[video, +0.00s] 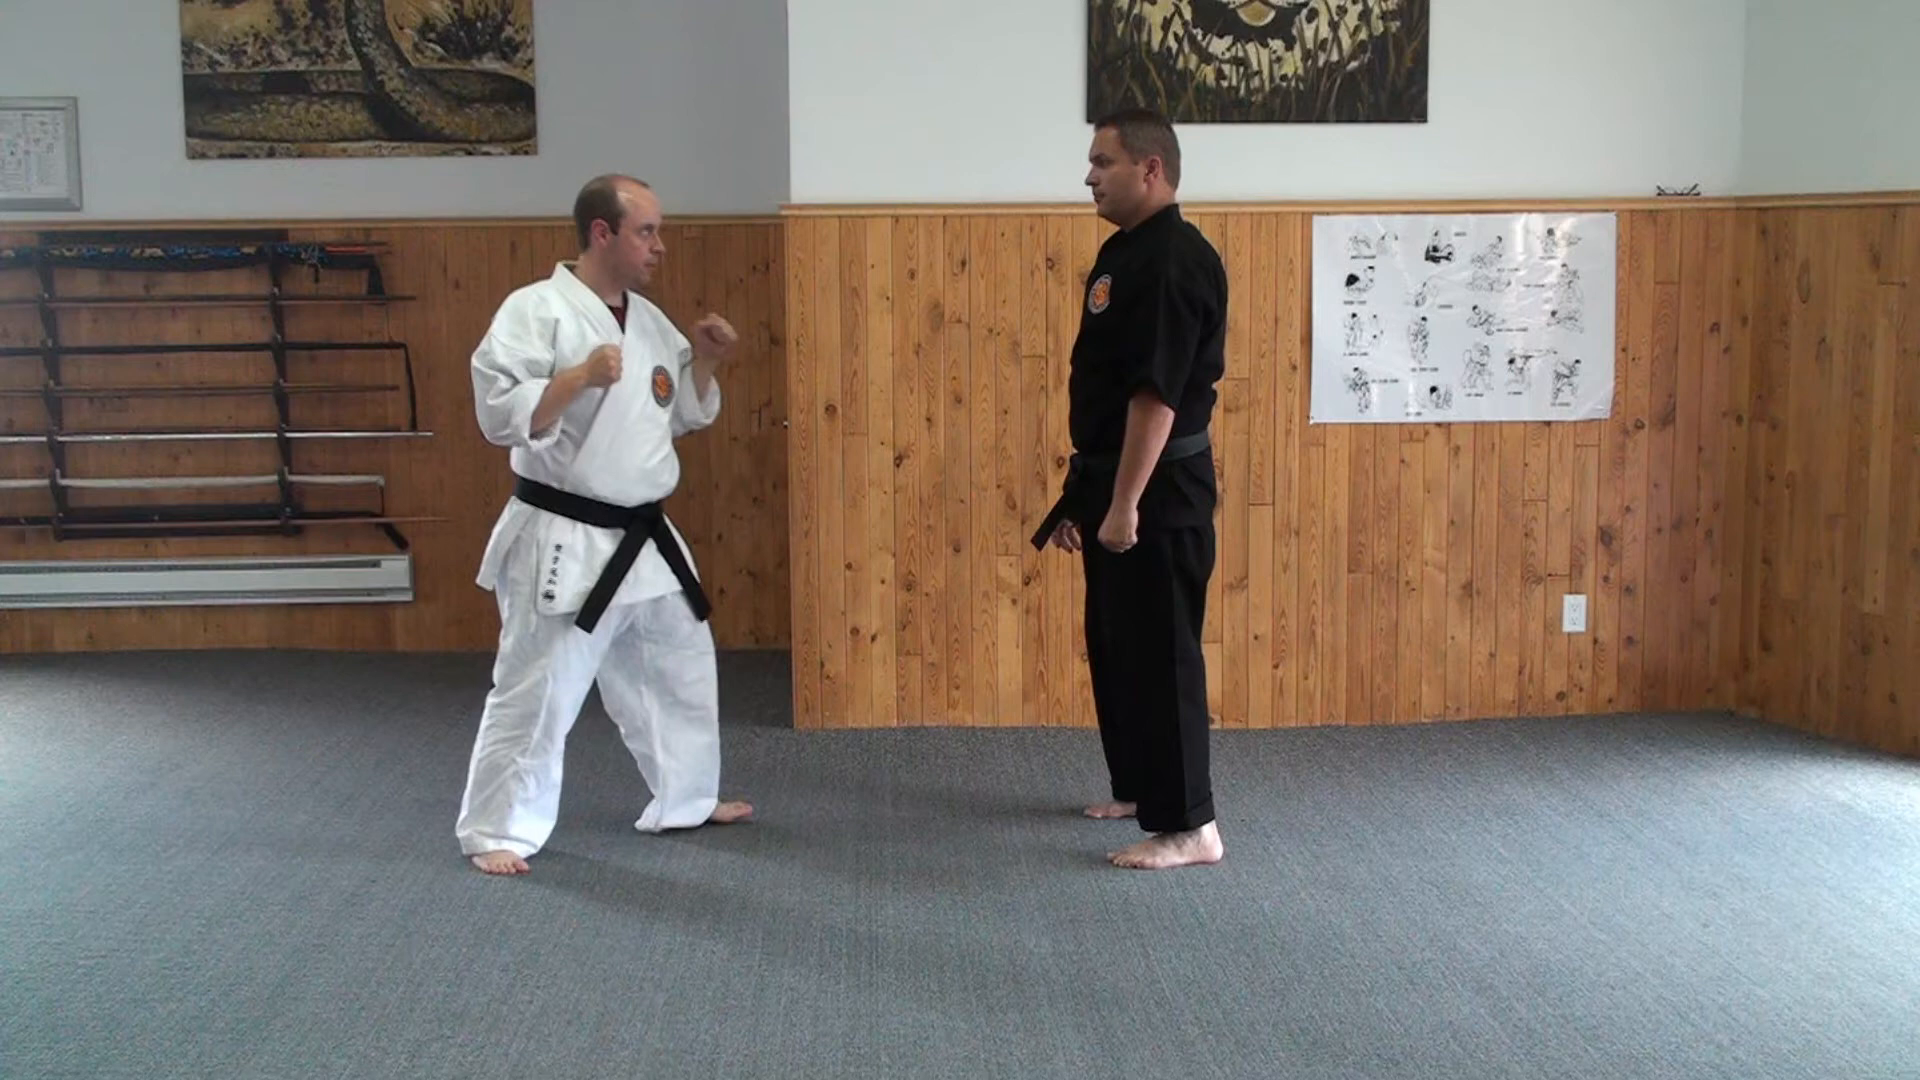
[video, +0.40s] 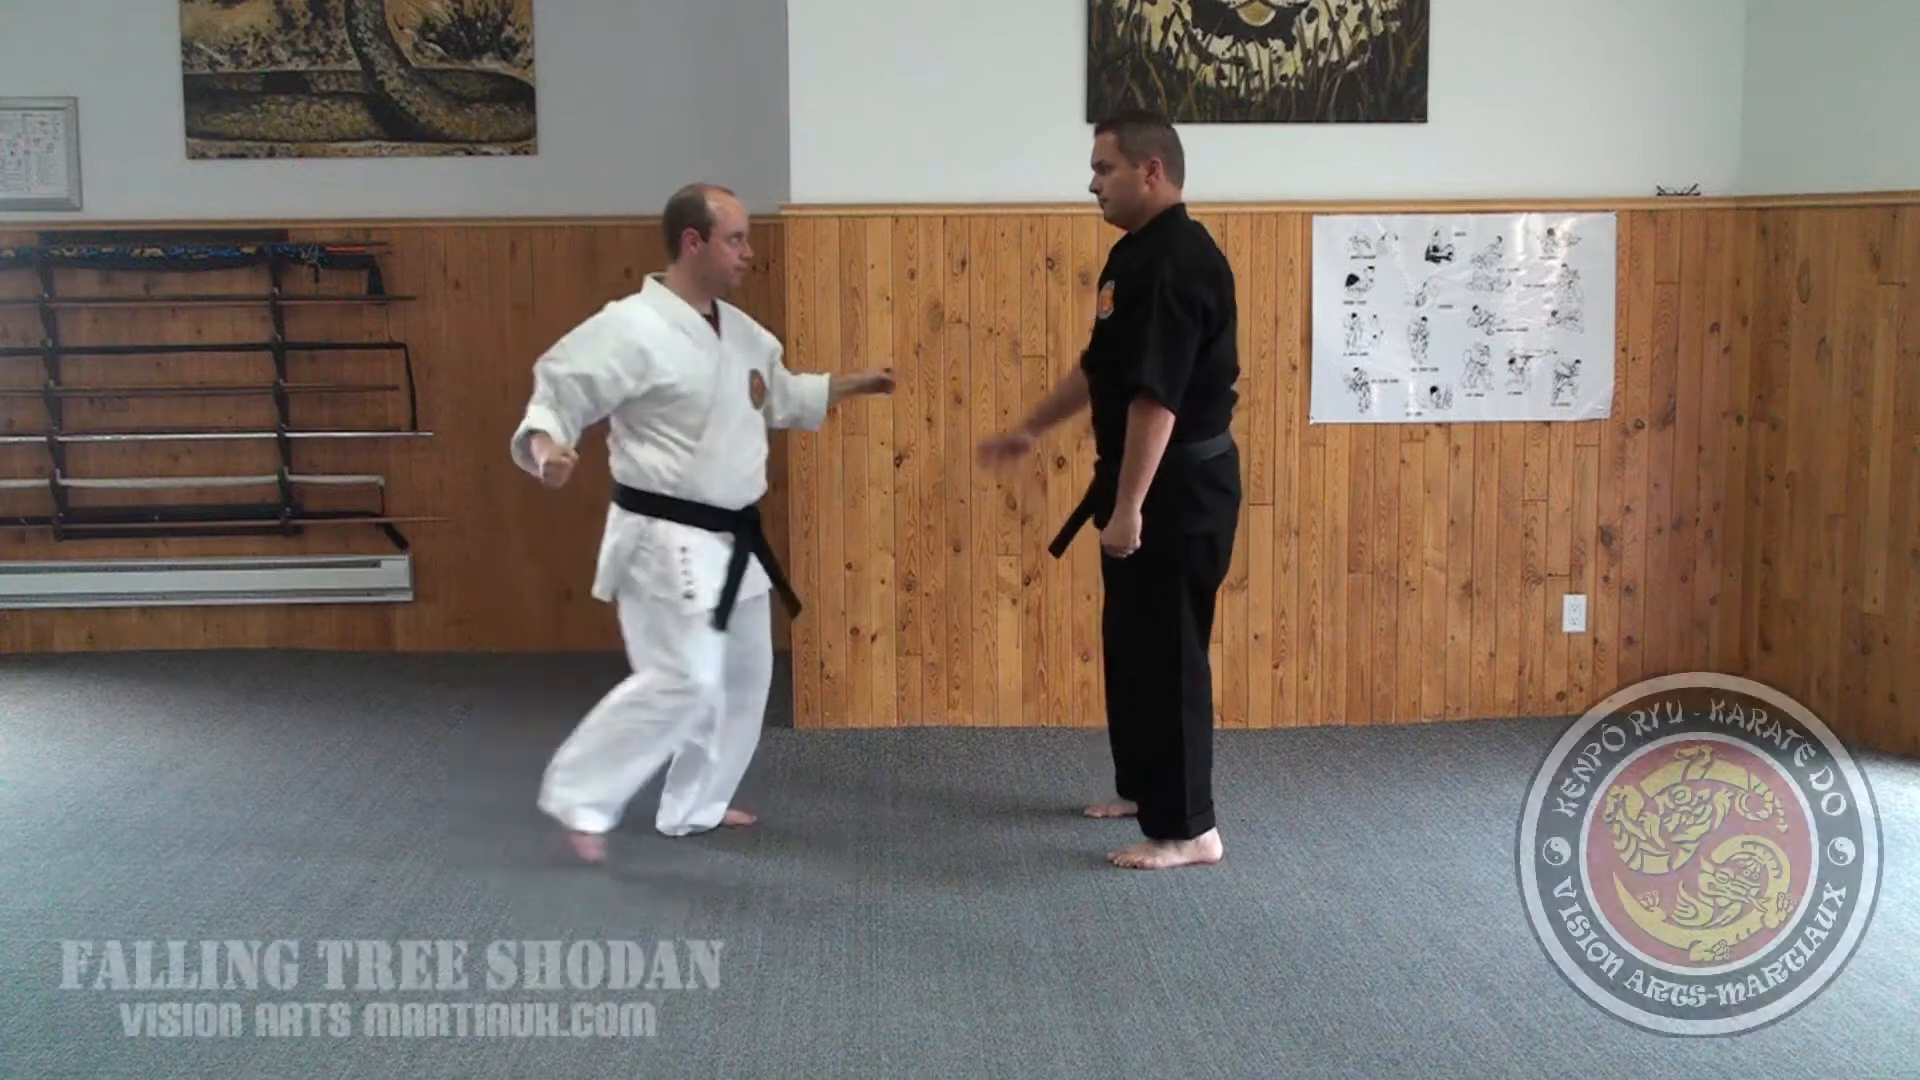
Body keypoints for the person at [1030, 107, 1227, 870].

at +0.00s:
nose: (1090, 175)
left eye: (1103, 163)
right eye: (1091, 162)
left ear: (1151, 169)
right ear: (1136, 170)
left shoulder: (1177, 257)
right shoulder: (1122, 252)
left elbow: (1161, 396)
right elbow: (1108, 389)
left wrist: (1126, 499)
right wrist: (1080, 492)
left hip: (1162, 490)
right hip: (1118, 488)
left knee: (1160, 658)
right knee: (1118, 652)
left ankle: (1190, 828)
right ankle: (1145, 789)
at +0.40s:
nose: (1094, 182)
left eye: (1104, 168)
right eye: (1094, 168)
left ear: (1152, 173)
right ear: (1142, 175)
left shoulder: (1178, 261)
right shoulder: (1137, 252)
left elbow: (1159, 399)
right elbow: (1099, 366)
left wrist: (1127, 502)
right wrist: (1031, 430)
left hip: (1181, 487)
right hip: (1143, 482)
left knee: (1170, 657)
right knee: (1134, 646)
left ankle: (1190, 830)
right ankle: (1146, 790)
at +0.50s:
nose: (1097, 188)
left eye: (1107, 172)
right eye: (1097, 173)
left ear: (1156, 175)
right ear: (1153, 178)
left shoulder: (1176, 265)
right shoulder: (1153, 253)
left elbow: (1153, 404)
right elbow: (1083, 333)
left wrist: (1123, 509)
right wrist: (987, 362)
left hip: (1195, 484)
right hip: (1171, 480)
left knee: (1179, 656)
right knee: (1150, 643)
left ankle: (1189, 831)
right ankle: (1157, 786)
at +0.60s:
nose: (1106, 192)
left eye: (1115, 178)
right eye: (1106, 177)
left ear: (1163, 178)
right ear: (1164, 179)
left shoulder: (1184, 269)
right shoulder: (1170, 255)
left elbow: (1145, 406)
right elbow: (1071, 293)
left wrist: (1108, 507)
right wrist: (963, 293)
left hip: (1204, 488)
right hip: (1202, 480)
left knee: (1170, 653)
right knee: (1189, 638)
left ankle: (1186, 832)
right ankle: (1211, 774)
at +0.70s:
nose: (1121, 197)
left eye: (1130, 182)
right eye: (1121, 182)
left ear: (1178, 182)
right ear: (1177, 184)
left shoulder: (1207, 269)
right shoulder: (1178, 253)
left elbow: (1137, 394)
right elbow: (1067, 269)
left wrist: (1077, 474)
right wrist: (956, 233)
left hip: (1224, 492)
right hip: (1210, 485)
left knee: (1173, 649)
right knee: (1217, 631)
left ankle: (1186, 832)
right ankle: (1273, 763)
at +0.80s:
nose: (1140, 204)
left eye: (1149, 189)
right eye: (1139, 191)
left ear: (1200, 188)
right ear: (1198, 191)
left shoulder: (1225, 267)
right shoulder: (1190, 256)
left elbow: (1134, 356)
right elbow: (1079, 257)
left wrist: (1056, 396)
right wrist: (987, 208)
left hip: (1242, 495)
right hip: (1220, 489)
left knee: (1183, 645)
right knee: (1245, 628)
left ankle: (1190, 829)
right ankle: (1321, 760)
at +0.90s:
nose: (1159, 208)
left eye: (1169, 194)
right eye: (1159, 195)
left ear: (1217, 193)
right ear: (1218, 194)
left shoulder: (1233, 270)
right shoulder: (1223, 249)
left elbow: (1118, 322)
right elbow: (1110, 270)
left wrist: (1029, 299)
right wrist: (1058, 232)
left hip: (1255, 496)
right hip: (1260, 487)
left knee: (1202, 647)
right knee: (1277, 630)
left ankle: (1195, 828)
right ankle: (1337, 773)